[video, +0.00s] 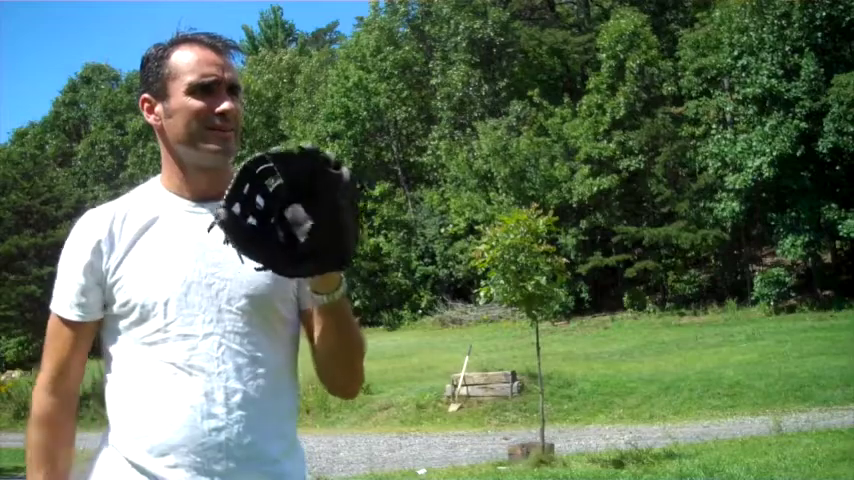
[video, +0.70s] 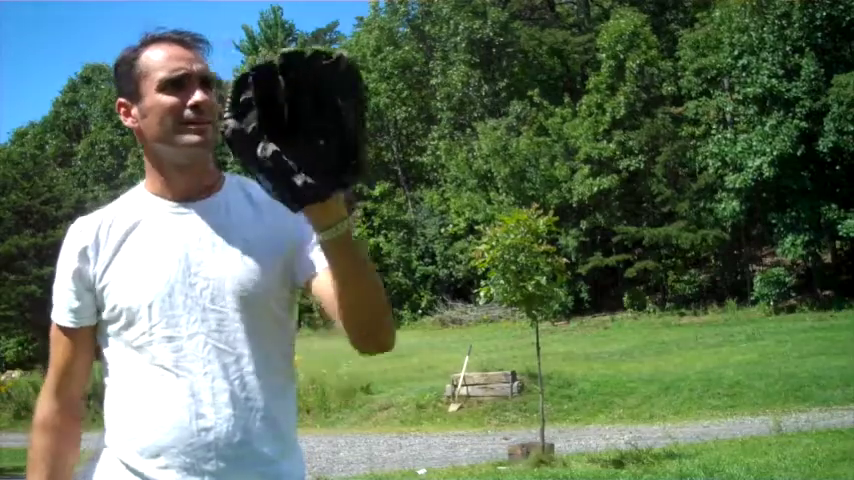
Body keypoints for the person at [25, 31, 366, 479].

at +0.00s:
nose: (227, 106)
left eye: (233, 91)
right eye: (205, 90)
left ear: (242, 104)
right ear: (154, 111)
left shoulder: (283, 223)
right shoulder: (103, 232)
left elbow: (347, 383)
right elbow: (56, 389)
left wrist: (328, 282)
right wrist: (45, 477)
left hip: (272, 470)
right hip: (141, 470)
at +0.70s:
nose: (201, 98)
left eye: (208, 84)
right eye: (176, 86)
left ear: (221, 99)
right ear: (130, 113)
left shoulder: (283, 216)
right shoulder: (94, 238)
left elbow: (375, 337)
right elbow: (62, 401)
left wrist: (329, 210)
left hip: (267, 469)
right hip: (141, 471)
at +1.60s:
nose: (119, 145)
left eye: (137, 121)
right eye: (104, 126)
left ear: (180, 116)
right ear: (92, 128)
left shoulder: (267, 217)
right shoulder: (78, 245)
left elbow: (323, 377)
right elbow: (63, 421)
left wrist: (278, 346)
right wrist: (68, 371)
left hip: (247, 469)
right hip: (124, 470)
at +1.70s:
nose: (120, 144)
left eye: (138, 121)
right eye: (105, 126)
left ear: (182, 116)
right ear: (92, 128)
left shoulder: (266, 217)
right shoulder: (77, 245)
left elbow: (323, 379)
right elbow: (60, 419)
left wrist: (284, 349)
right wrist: (63, 369)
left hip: (247, 469)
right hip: (124, 469)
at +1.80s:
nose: (123, 144)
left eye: (140, 121)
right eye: (107, 125)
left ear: (182, 117)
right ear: (94, 127)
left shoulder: (266, 219)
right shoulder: (77, 244)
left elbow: (321, 379)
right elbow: (58, 419)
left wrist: (281, 351)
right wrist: (59, 362)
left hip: (248, 469)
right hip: (126, 470)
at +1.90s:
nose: (123, 143)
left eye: (140, 121)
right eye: (108, 125)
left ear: (183, 117)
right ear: (95, 128)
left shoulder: (265, 219)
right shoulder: (77, 244)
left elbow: (319, 379)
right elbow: (55, 417)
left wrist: (278, 350)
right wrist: (56, 353)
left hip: (247, 469)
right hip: (126, 470)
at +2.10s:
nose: (140, 123)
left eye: (155, 104)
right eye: (121, 108)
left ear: (184, 114)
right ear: (97, 126)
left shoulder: (257, 216)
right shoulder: (80, 241)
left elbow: (315, 372)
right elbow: (67, 409)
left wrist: (240, 351)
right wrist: (44, 372)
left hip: (239, 467)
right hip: (120, 468)